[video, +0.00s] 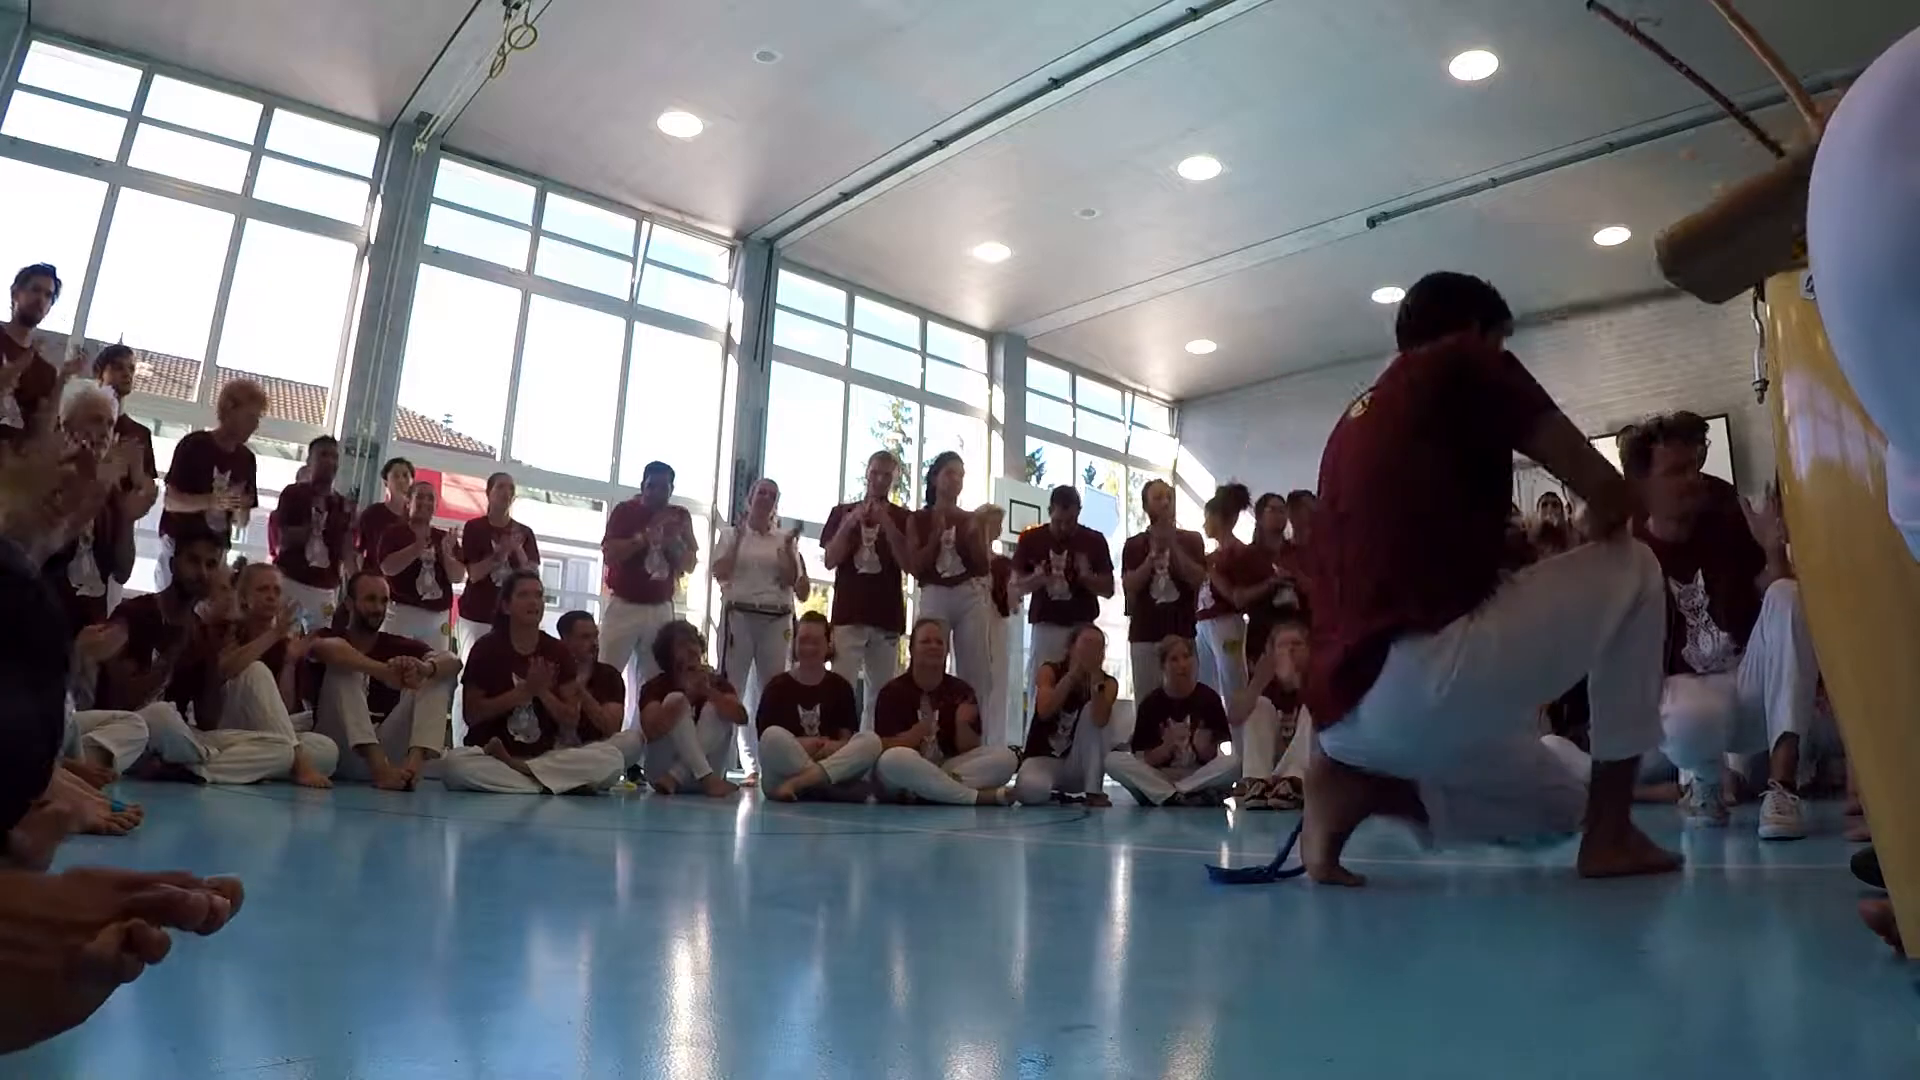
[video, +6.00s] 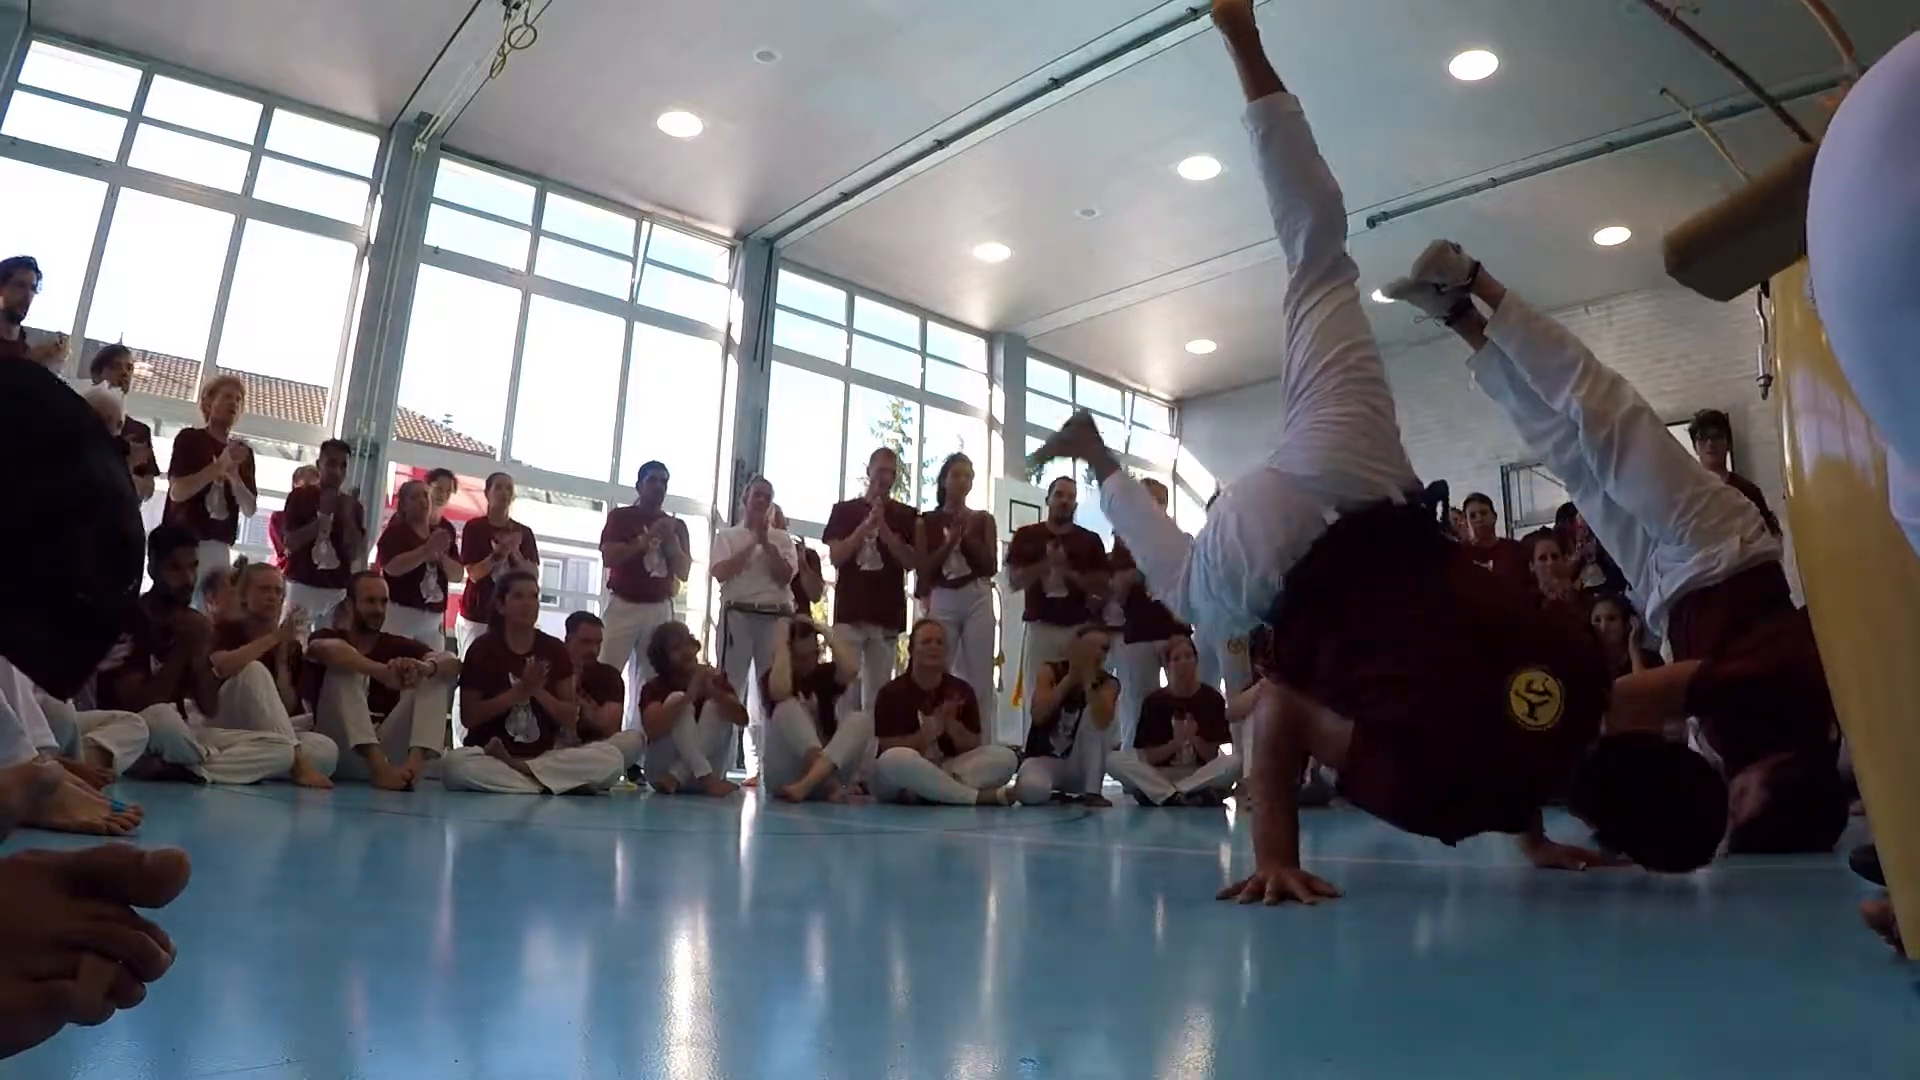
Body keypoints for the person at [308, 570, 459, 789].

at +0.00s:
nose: (379, 608)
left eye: (384, 601)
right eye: (370, 600)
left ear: (389, 604)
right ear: (349, 603)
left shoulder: (395, 644)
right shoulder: (327, 637)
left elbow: (454, 662)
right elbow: (324, 649)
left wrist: (427, 668)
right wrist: (386, 672)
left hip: (386, 754)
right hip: (336, 752)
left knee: (438, 673)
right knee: (343, 662)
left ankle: (415, 763)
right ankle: (379, 766)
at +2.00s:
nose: (380, 608)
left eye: (384, 601)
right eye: (371, 600)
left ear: (389, 603)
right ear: (350, 603)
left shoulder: (393, 643)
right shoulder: (328, 638)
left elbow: (454, 662)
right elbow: (318, 648)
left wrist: (426, 667)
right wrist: (382, 672)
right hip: (335, 750)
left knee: (438, 673)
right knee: (342, 663)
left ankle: (414, 764)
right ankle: (379, 765)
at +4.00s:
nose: (380, 608)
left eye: (384, 601)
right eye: (371, 601)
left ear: (389, 603)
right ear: (352, 603)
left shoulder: (395, 644)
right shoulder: (328, 638)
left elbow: (455, 663)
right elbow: (319, 648)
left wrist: (426, 667)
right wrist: (383, 672)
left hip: (387, 751)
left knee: (437, 674)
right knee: (343, 663)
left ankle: (414, 764)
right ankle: (379, 766)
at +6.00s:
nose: (378, 609)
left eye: (383, 602)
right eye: (370, 601)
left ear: (388, 603)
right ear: (351, 603)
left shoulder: (392, 643)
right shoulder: (329, 637)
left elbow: (453, 662)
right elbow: (317, 649)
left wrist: (427, 666)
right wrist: (382, 671)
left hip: (387, 750)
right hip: (338, 750)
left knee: (438, 673)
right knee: (343, 661)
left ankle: (415, 763)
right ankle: (378, 764)